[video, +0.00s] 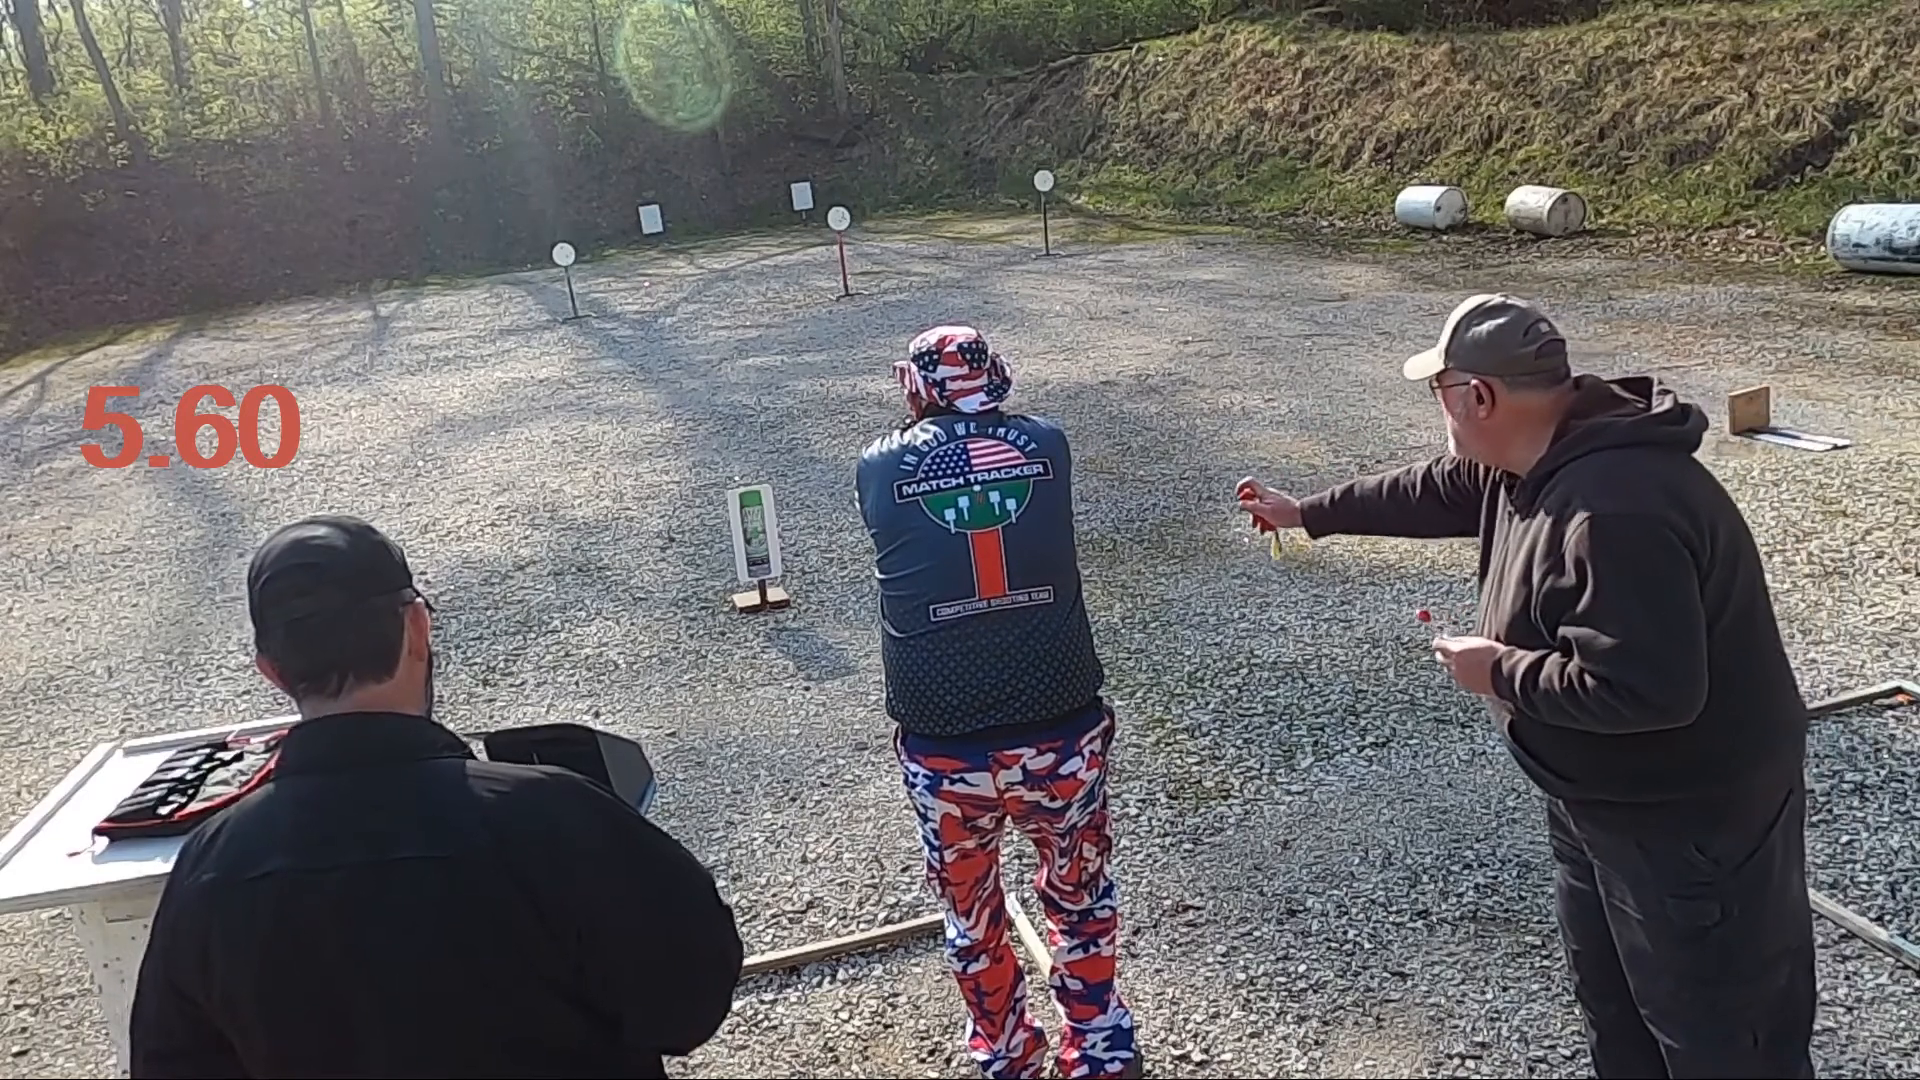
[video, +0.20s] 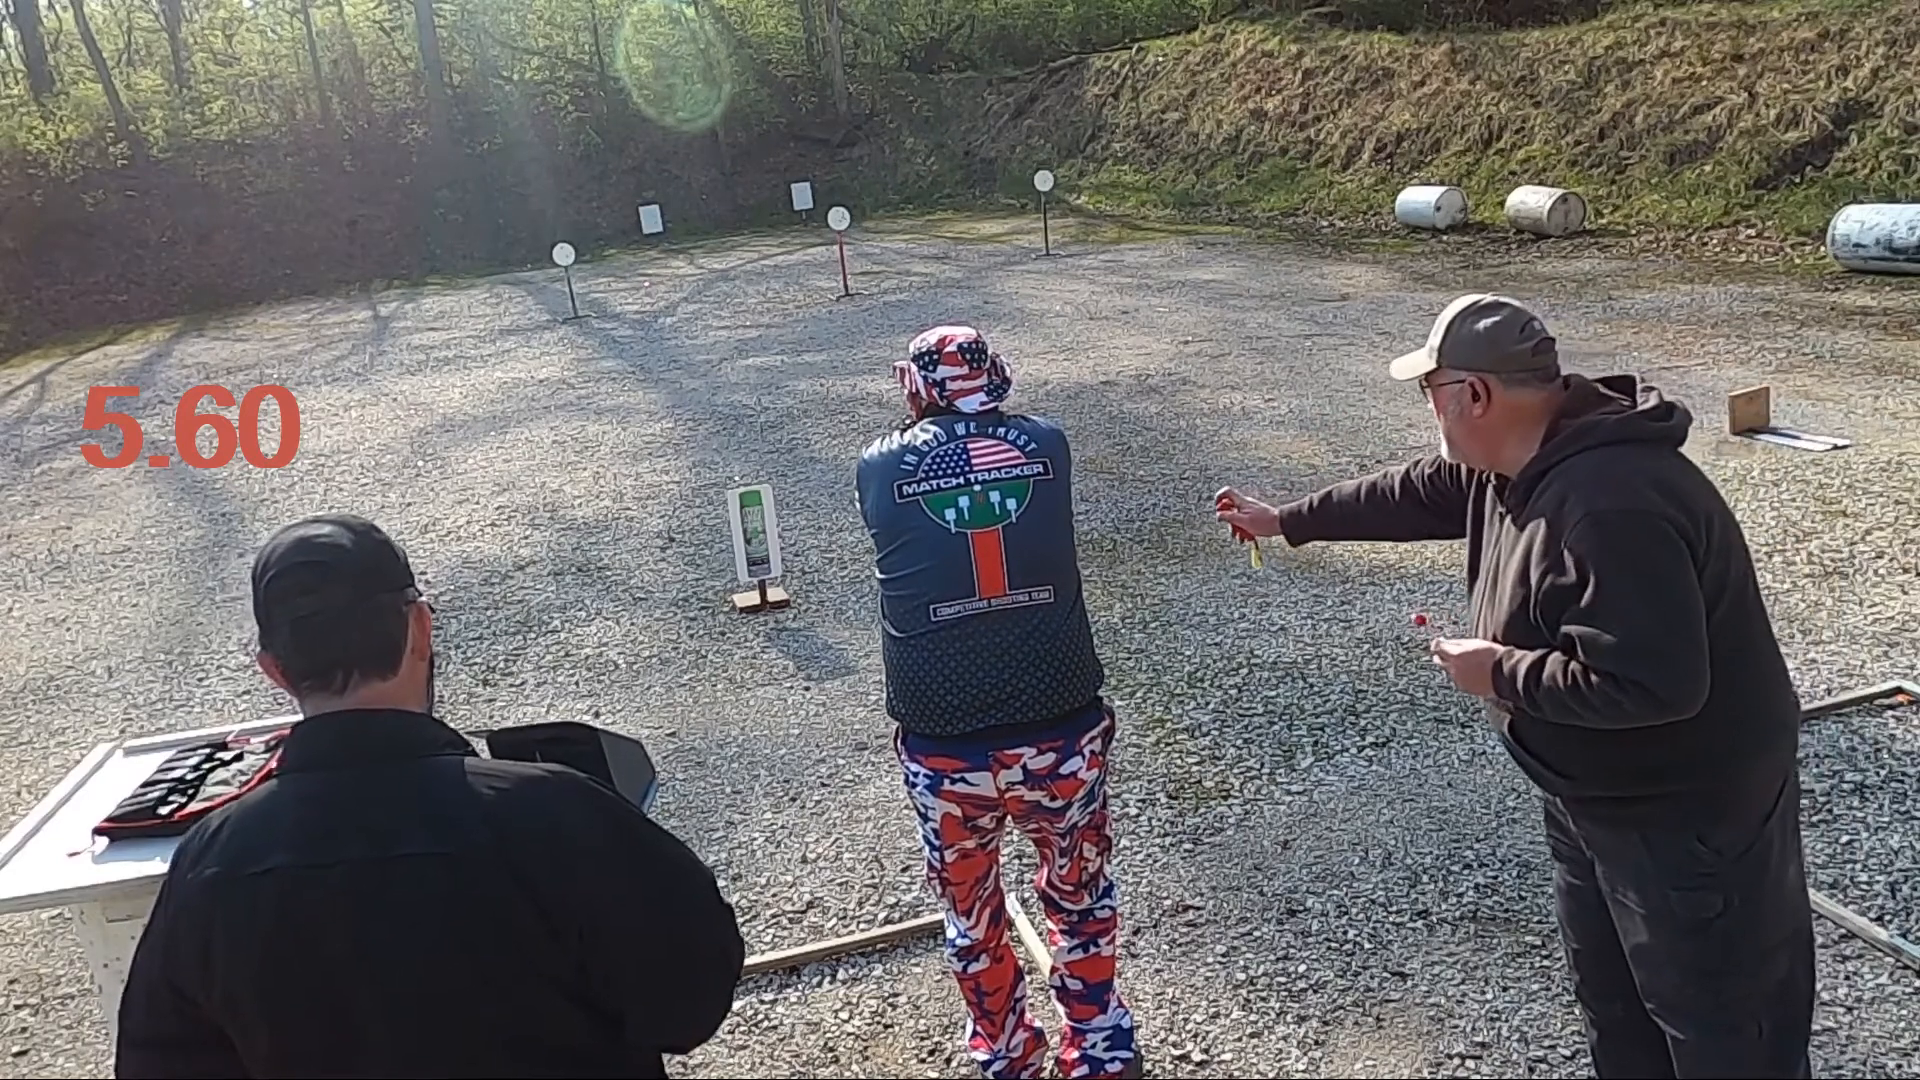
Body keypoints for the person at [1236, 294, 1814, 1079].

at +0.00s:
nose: (1443, 416)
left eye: (1443, 396)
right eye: (1441, 397)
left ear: (1481, 398)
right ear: (1502, 390)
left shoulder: (1612, 513)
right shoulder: (1527, 462)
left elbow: (1653, 692)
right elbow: (1435, 492)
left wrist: (1501, 671)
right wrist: (1305, 511)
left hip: (1689, 821)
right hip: (1599, 798)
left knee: (1721, 1043)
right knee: (1620, 1019)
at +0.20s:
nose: (1432, 412)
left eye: (1433, 392)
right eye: (1429, 393)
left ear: (1474, 396)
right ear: (1491, 391)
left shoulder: (1609, 506)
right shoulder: (1512, 466)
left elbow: (1657, 685)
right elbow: (1417, 494)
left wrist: (1502, 673)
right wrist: (1284, 520)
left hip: (1687, 815)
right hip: (1595, 798)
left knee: (1722, 1037)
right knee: (1620, 1016)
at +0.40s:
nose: (1424, 406)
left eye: (1426, 389)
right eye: (1424, 390)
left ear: (1466, 393)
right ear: (1486, 391)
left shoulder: (1614, 498)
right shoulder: (1504, 459)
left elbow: (1664, 671)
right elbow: (1391, 470)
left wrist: (1503, 663)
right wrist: (1250, 478)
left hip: (1687, 813)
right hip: (1589, 795)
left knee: (1722, 1041)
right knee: (1622, 1029)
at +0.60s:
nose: (1420, 402)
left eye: (1422, 386)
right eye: (1420, 387)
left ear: (1459, 389)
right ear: (1477, 386)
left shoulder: (1614, 488)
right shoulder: (1491, 453)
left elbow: (1664, 661)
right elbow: (1368, 441)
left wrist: (1503, 655)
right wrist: (1226, 423)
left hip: (1685, 808)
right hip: (1587, 793)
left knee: (1720, 1039)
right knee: (1620, 1023)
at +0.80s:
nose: (1413, 405)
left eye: (1415, 390)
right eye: (1412, 391)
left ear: (1452, 392)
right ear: (1471, 387)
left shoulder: (1610, 486)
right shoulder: (1482, 452)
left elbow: (1667, 653)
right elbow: (1359, 438)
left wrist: (1505, 654)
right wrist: (1217, 416)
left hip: (1684, 804)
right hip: (1582, 788)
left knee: (1718, 1030)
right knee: (1614, 1011)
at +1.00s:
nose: (1409, 408)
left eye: (1410, 393)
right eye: (1407, 394)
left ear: (1446, 397)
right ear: (1478, 387)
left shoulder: (1610, 485)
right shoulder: (1472, 457)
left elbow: (1675, 648)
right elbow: (1355, 442)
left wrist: (1511, 656)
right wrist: (1207, 424)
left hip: (1692, 805)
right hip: (1582, 794)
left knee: (1730, 1032)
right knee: (1619, 1025)